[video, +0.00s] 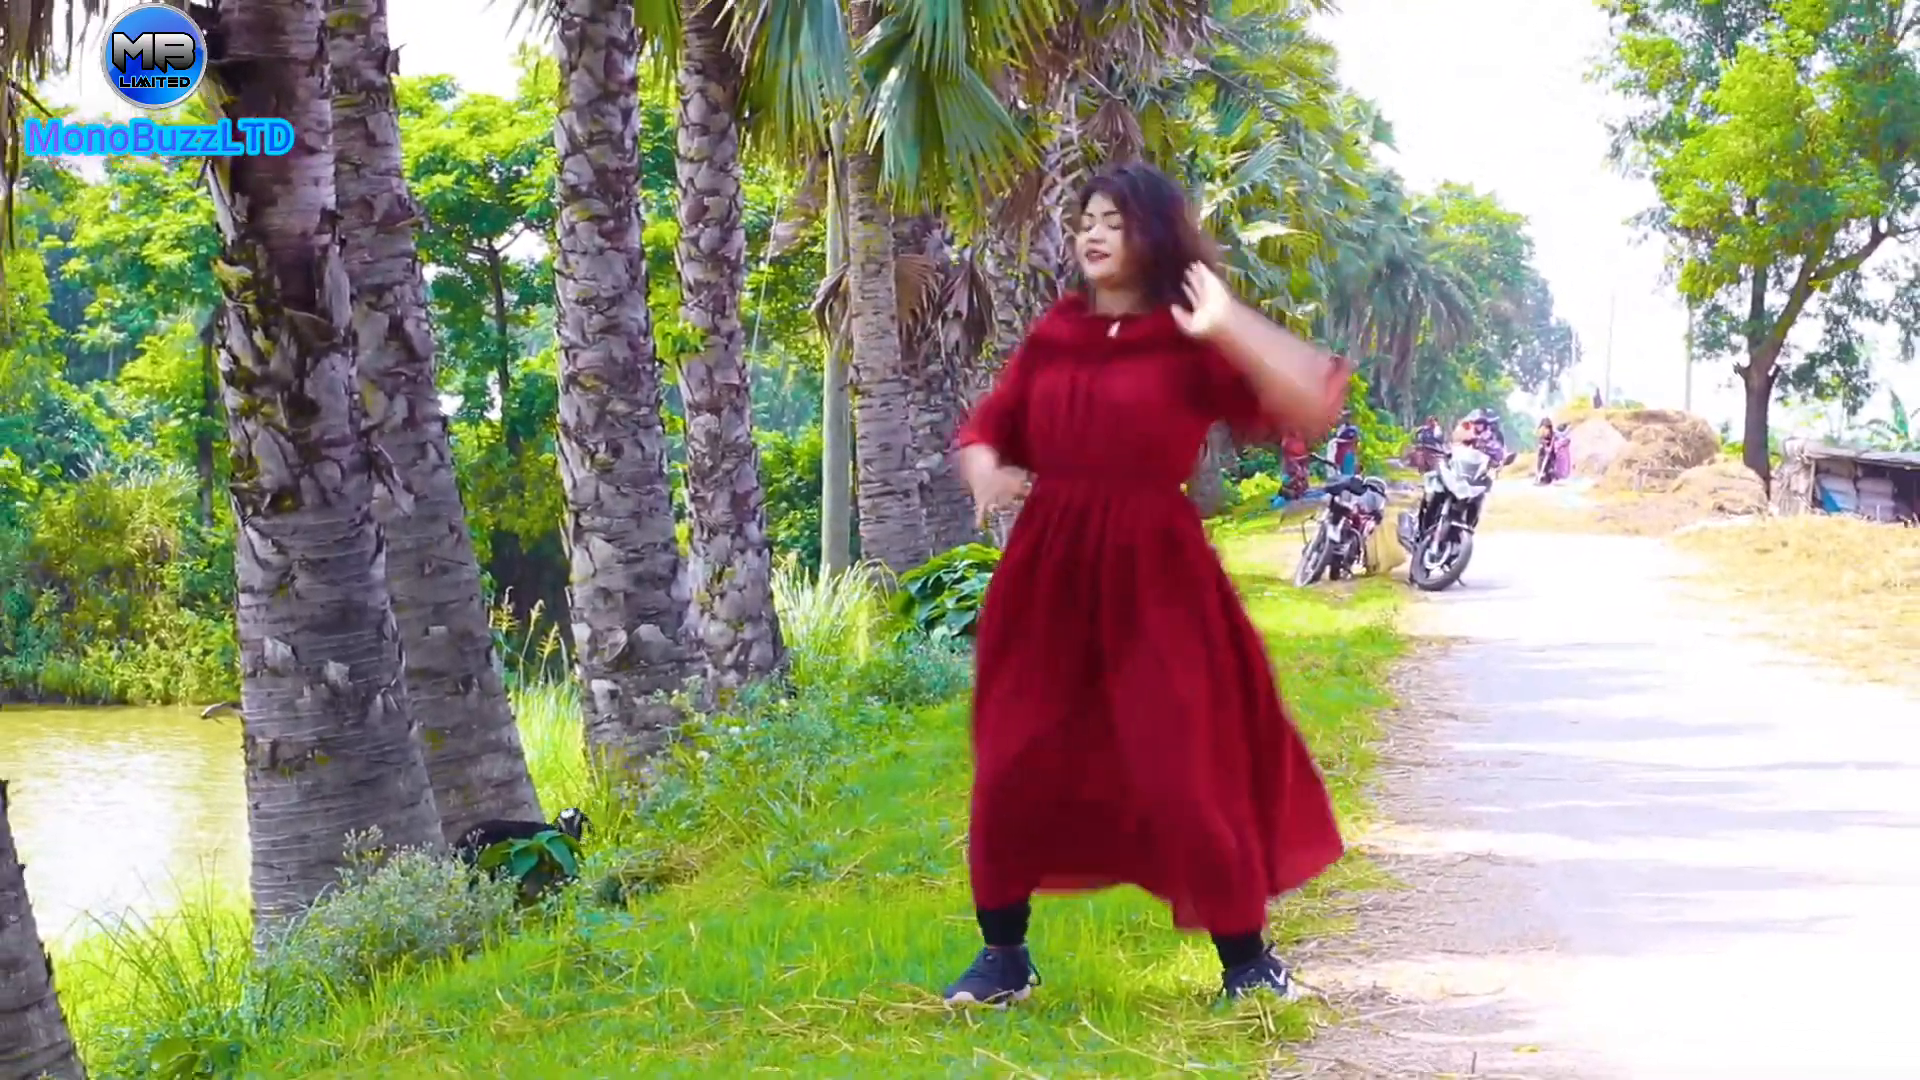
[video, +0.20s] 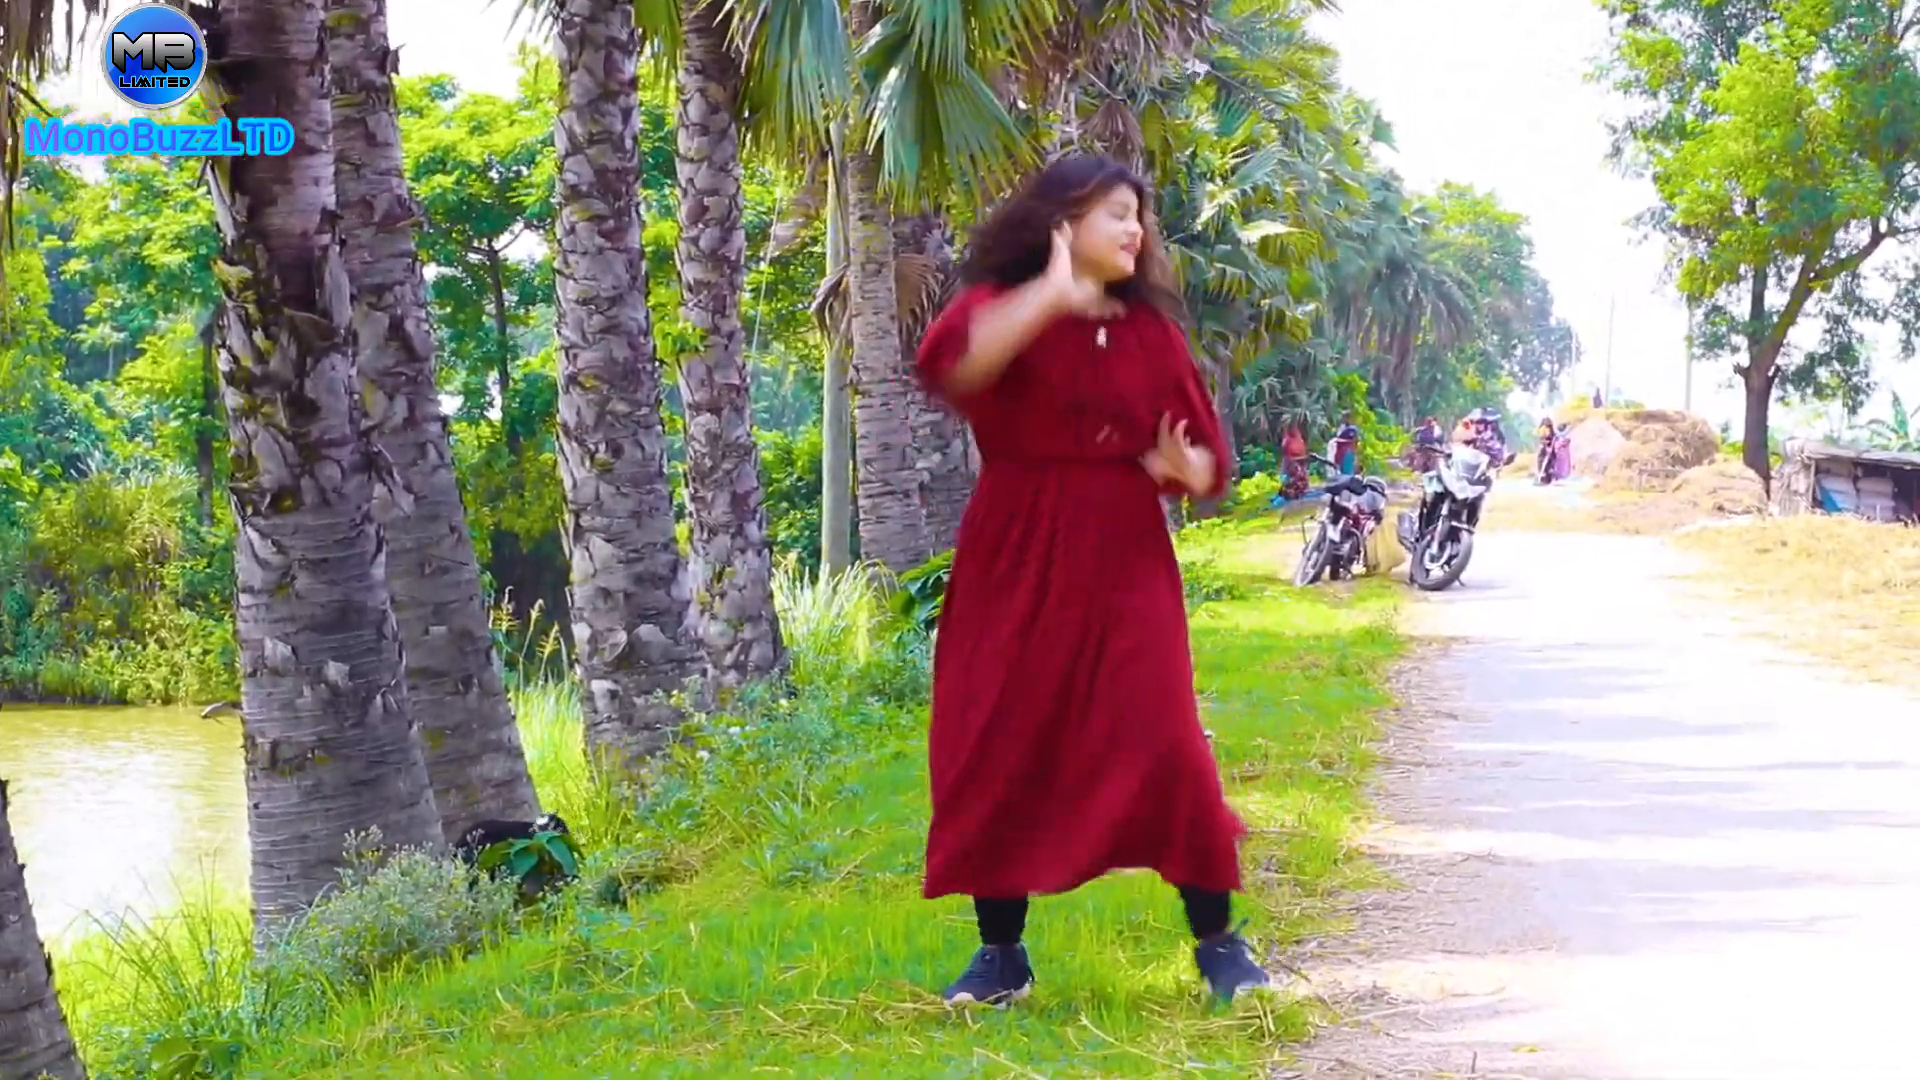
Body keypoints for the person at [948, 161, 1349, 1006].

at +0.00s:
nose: (1094, 237)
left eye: (1113, 223)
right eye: (1085, 223)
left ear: (1159, 237)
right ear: (1075, 239)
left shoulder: (1195, 342)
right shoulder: (1054, 335)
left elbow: (1318, 400)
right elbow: (980, 427)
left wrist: (1231, 319)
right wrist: (986, 469)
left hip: (1156, 567)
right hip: (1048, 563)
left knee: (1184, 763)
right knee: (1006, 760)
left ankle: (1247, 963)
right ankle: (1003, 955)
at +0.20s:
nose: (1137, 230)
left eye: (1139, 218)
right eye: (1119, 214)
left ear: (1138, 236)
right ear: (1062, 223)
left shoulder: (1152, 330)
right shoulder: (995, 305)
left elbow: (1209, 453)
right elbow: (952, 371)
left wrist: (1193, 471)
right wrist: (1049, 294)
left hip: (1126, 549)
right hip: (1014, 550)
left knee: (1169, 735)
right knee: (994, 736)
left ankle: (1219, 944)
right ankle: (1001, 954)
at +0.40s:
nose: (1122, 229)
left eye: (1121, 214)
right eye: (1108, 214)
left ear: (1096, 225)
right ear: (1055, 220)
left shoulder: (1128, 315)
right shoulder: (993, 292)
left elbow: (1177, 442)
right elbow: (901, 251)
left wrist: (1104, 479)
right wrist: (1021, 237)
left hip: (1113, 541)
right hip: (1015, 531)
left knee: (1142, 728)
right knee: (994, 724)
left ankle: (1182, 936)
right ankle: (999, 937)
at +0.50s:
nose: (1121, 236)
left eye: (1120, 220)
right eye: (1109, 221)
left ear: (1079, 229)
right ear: (1056, 226)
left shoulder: (1124, 310)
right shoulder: (974, 286)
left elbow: (1181, 412)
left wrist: (1140, 486)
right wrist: (1059, 255)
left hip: (1115, 537)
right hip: (1019, 535)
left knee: (1151, 734)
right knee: (1004, 732)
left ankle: (1194, 947)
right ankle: (1001, 946)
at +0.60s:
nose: (1134, 221)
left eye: (1133, 205)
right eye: (1120, 205)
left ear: (1113, 215)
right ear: (1061, 208)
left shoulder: (1138, 299)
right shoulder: (1002, 284)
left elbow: (1204, 404)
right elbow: (1052, 349)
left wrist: (1148, 482)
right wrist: (1079, 248)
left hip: (1130, 533)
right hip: (1021, 535)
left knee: (1190, 734)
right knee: (1006, 740)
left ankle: (1216, 966)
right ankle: (1004, 969)